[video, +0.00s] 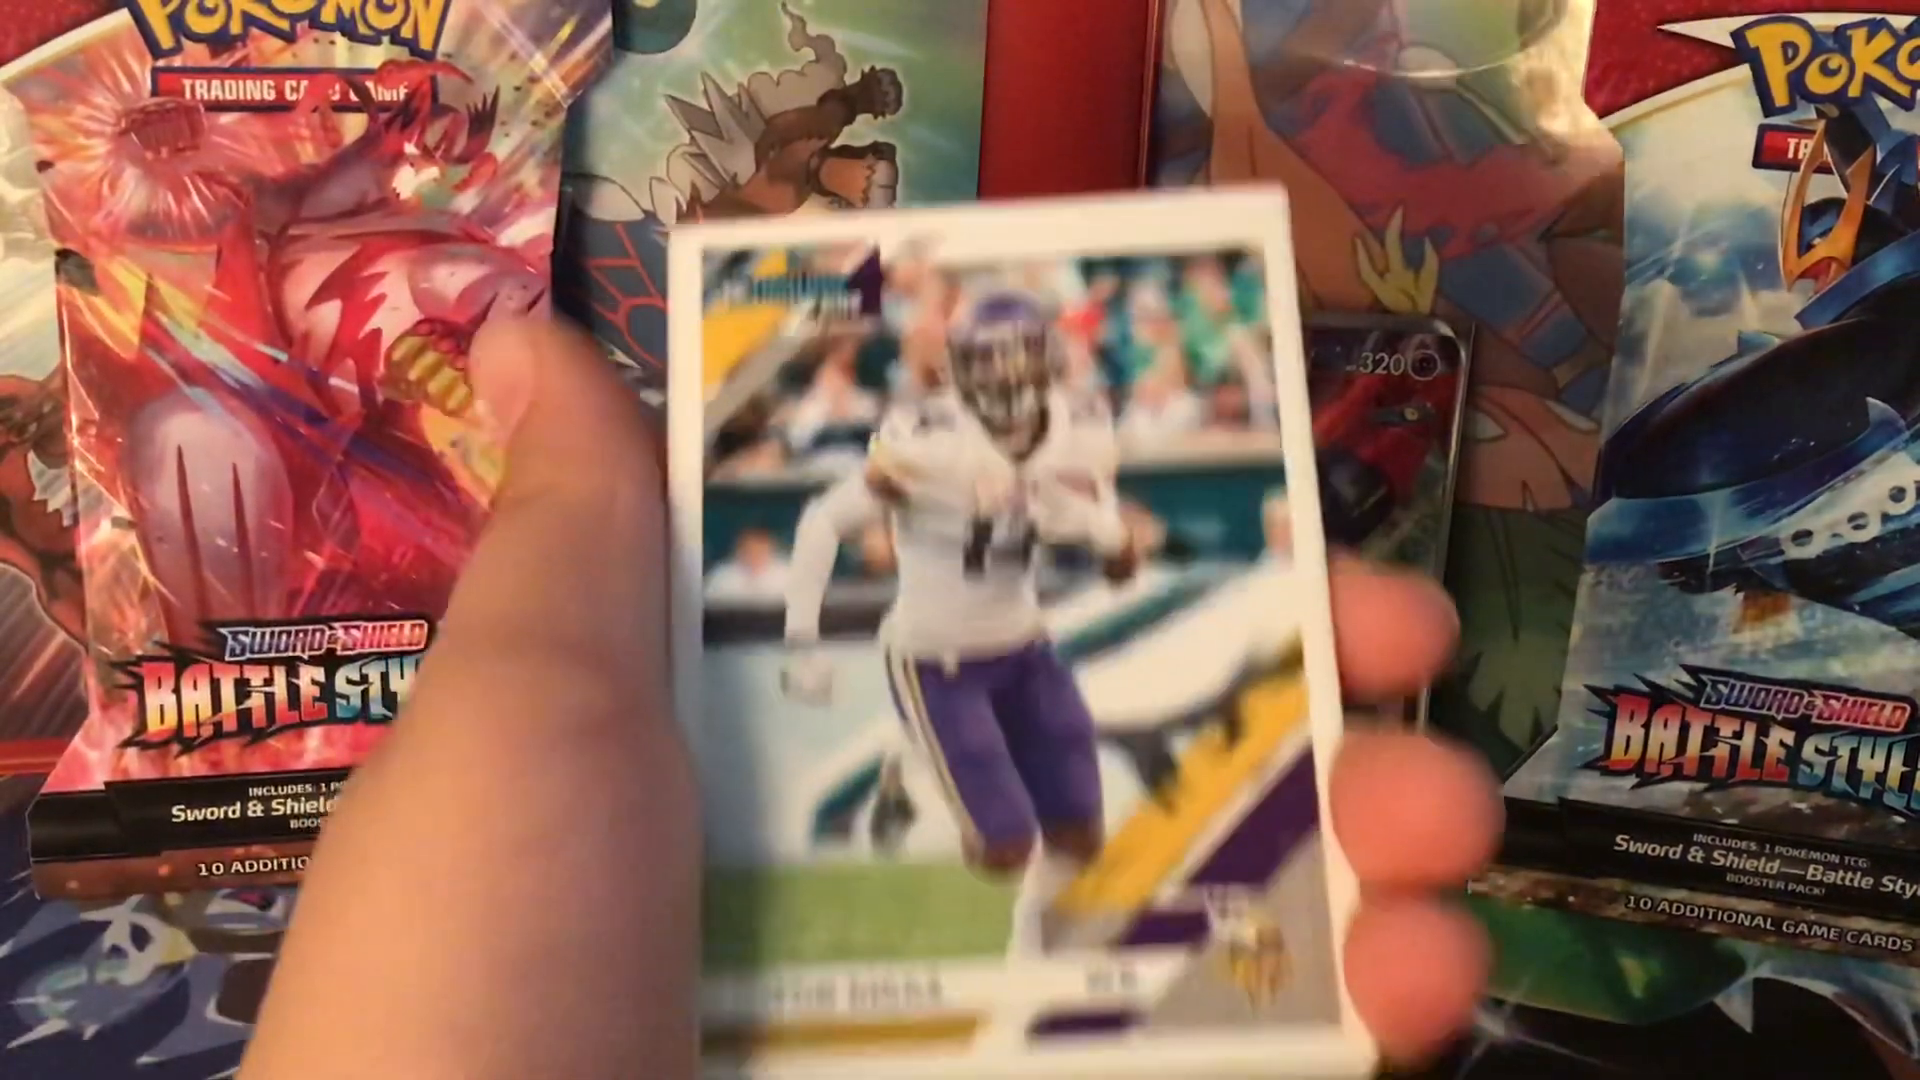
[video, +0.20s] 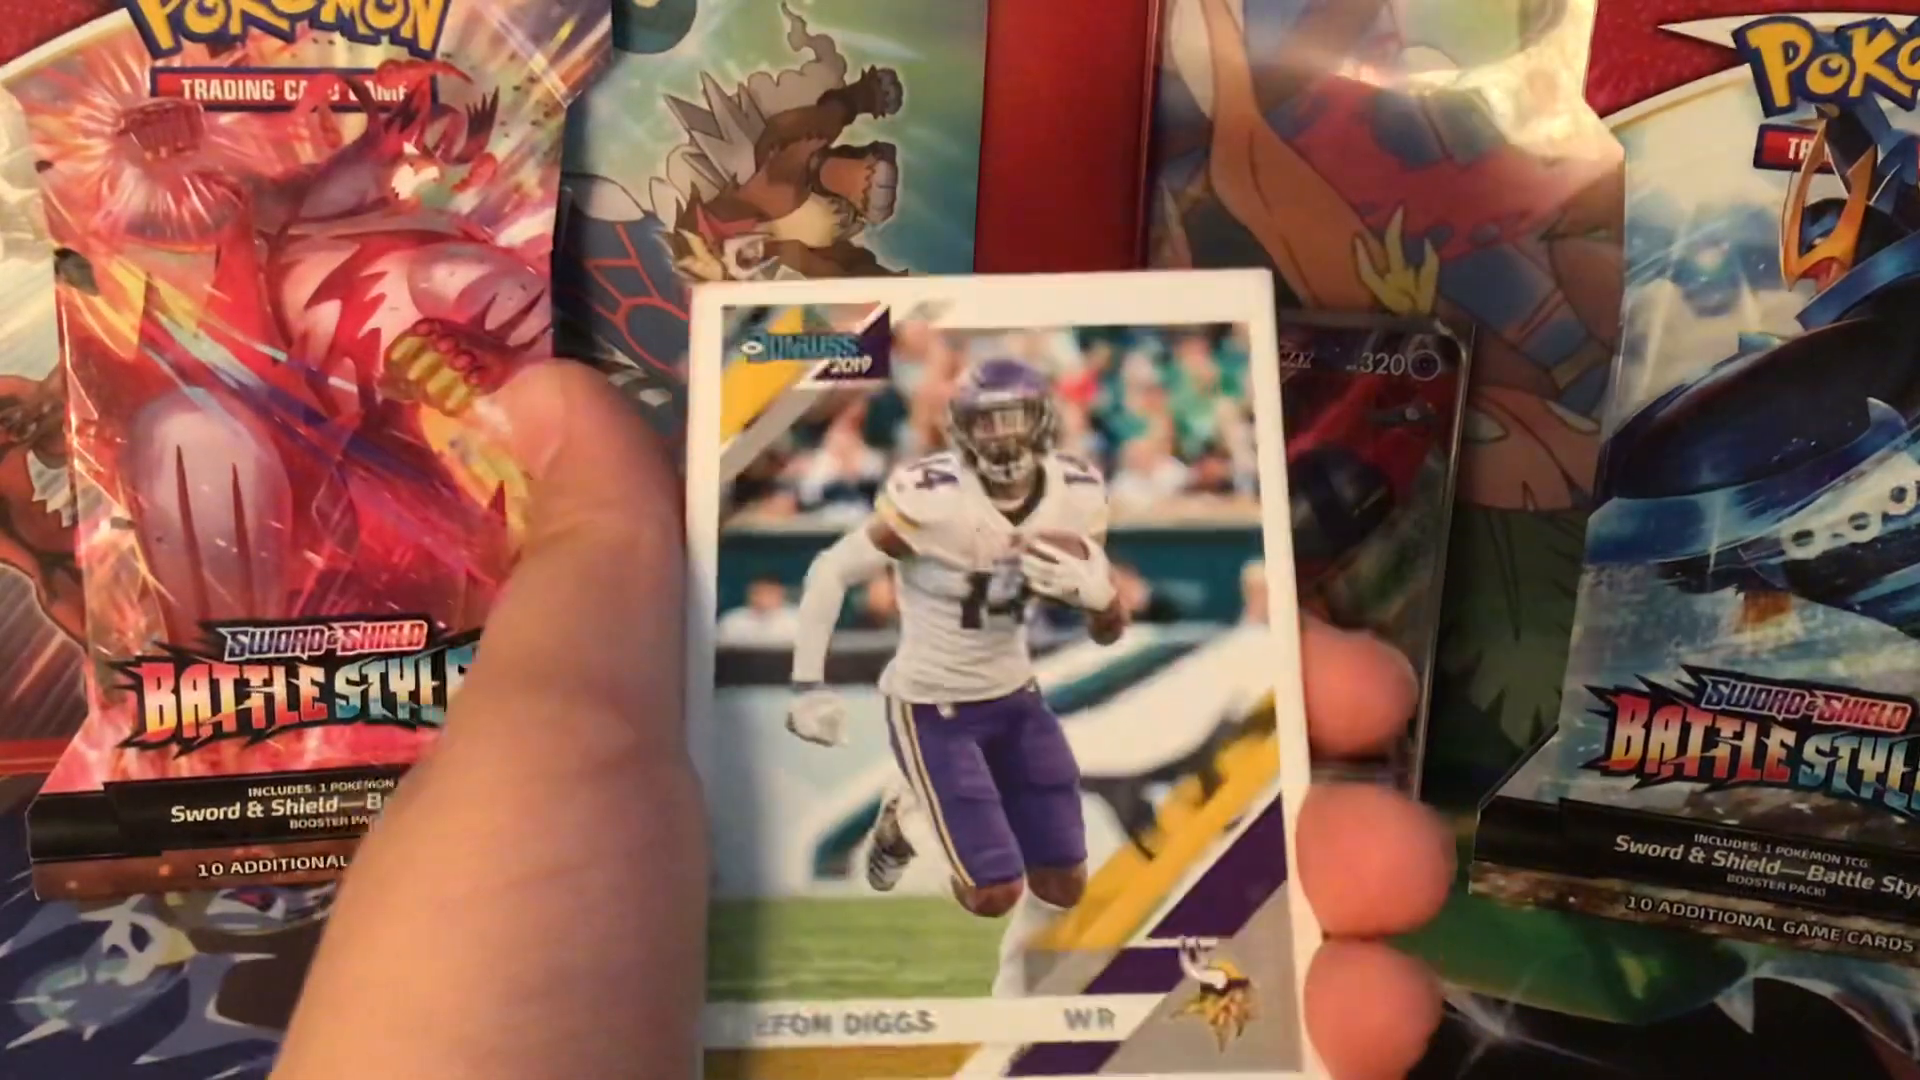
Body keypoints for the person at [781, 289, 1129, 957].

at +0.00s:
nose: (1004, 375)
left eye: (1019, 357)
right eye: (986, 360)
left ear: (1044, 361)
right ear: (959, 368)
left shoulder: (1073, 434)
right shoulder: (918, 442)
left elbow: (1121, 552)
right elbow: (823, 522)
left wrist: (1086, 522)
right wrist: (802, 638)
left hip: (1022, 648)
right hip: (934, 661)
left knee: (1077, 835)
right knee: (1006, 853)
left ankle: (1027, 1003)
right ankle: (906, 777)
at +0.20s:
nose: (1001, 435)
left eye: (1015, 419)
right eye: (985, 422)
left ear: (1042, 423)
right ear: (962, 431)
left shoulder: (1078, 492)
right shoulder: (922, 498)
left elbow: (1109, 632)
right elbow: (829, 571)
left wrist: (1099, 595)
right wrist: (809, 685)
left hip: (1014, 697)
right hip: (930, 705)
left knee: (1062, 884)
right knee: (994, 894)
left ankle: (1003, 1034)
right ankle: (904, 813)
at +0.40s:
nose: (987, 428)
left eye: (1001, 411)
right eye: (970, 415)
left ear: (1028, 415)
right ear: (946, 424)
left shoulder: (1064, 484)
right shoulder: (905, 491)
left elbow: (1095, 627)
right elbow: (812, 567)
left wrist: (1086, 589)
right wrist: (791, 683)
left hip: (1000, 694)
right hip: (915, 703)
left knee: (1049, 882)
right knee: (980, 894)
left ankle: (988, 1030)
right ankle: (886, 812)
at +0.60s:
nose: (1031, 303)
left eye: (1045, 285)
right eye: (1013, 290)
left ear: (1072, 289)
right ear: (988, 302)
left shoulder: (1112, 361)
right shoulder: (947, 371)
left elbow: (1146, 510)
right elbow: (849, 453)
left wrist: (1131, 465)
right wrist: (829, 575)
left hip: (1049, 580)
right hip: (960, 592)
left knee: (1104, 777)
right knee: (1031, 792)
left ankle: (1043, 943)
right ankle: (931, 705)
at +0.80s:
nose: (1017, 309)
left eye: (1031, 292)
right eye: (998, 295)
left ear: (1058, 297)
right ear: (971, 307)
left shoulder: (1096, 370)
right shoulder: (929, 378)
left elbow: (1129, 522)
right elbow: (830, 460)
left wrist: (1117, 477)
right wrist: (807, 585)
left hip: (1030, 591)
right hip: (940, 604)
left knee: (1080, 792)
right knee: (1005, 806)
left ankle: (1015, 953)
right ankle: (907, 717)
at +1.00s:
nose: (1017, 347)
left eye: (1031, 331)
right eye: (999, 333)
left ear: (1059, 336)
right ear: (973, 344)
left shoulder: (1094, 408)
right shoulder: (927, 412)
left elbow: (1123, 562)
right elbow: (827, 488)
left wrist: (1116, 520)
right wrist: (802, 609)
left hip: (1022, 626)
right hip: (932, 634)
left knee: (1068, 824)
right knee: (995, 838)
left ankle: (1000, 966)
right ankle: (898, 749)